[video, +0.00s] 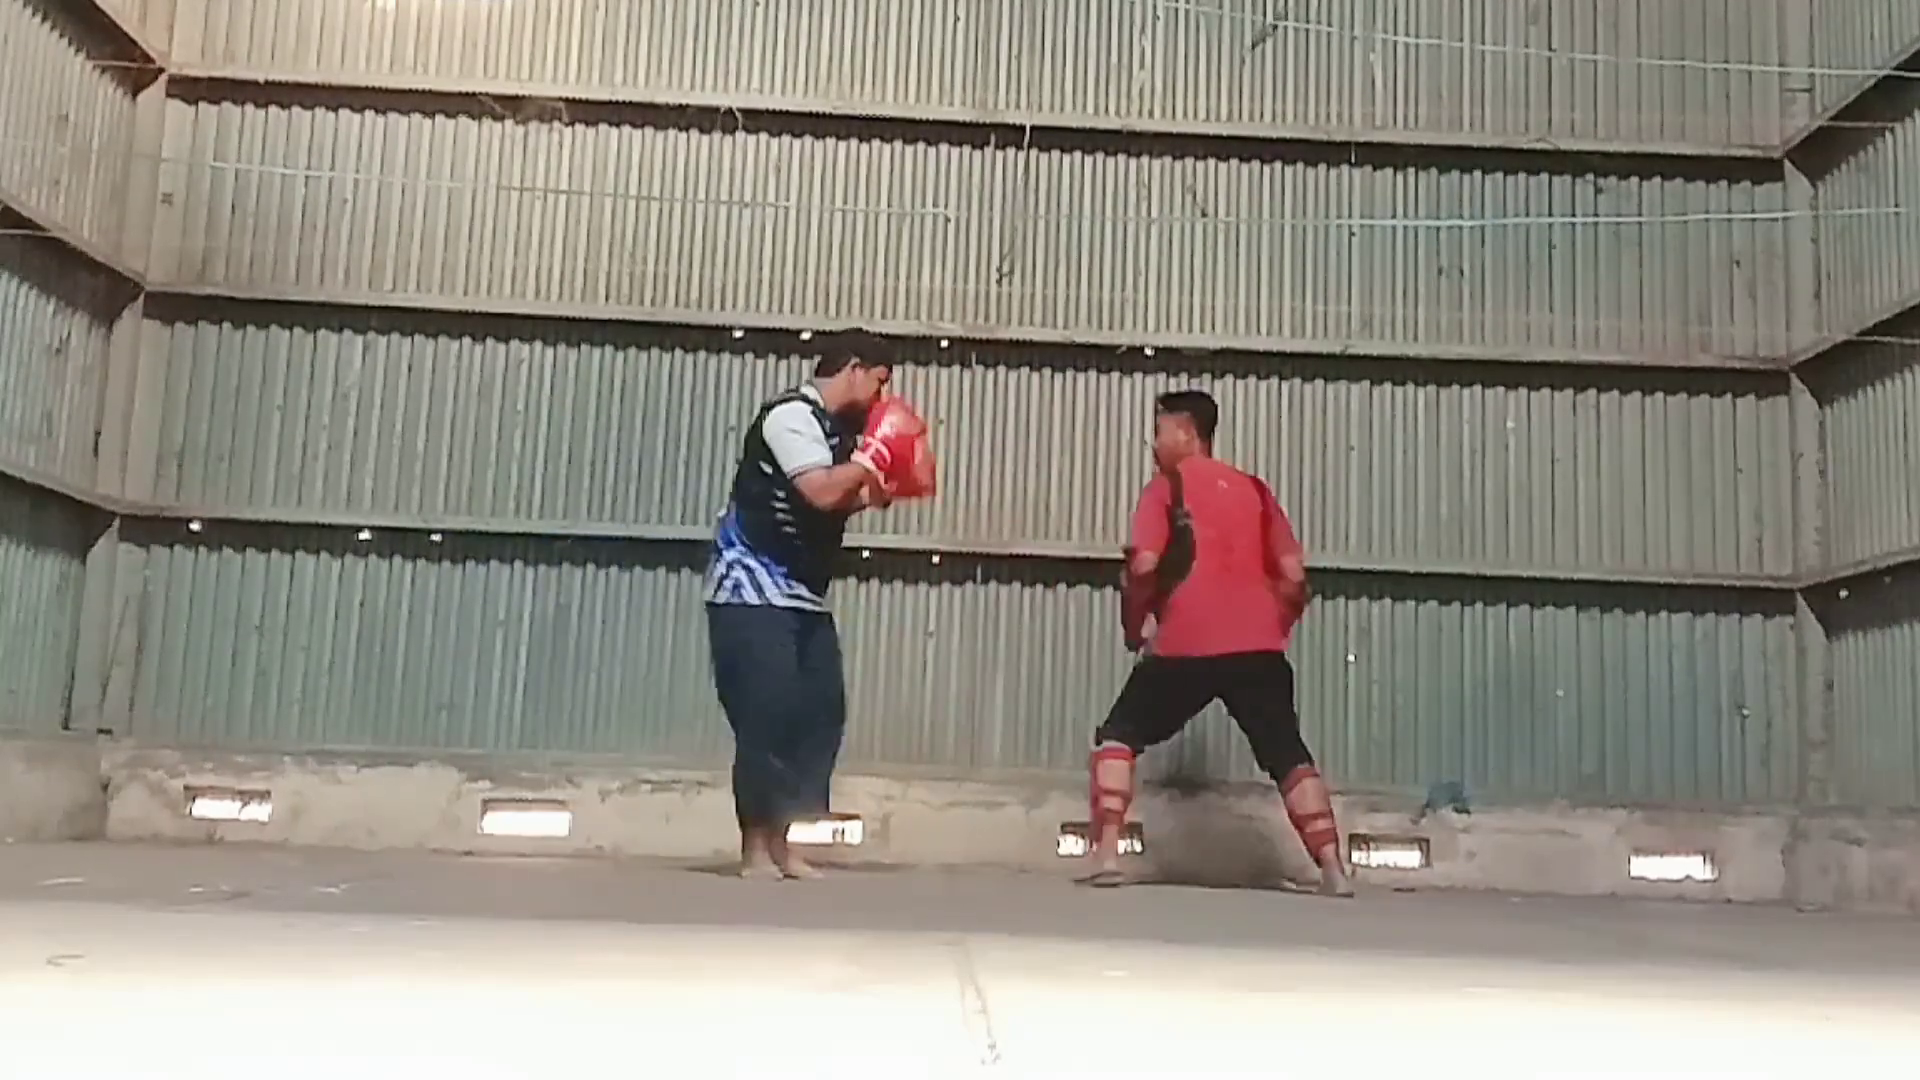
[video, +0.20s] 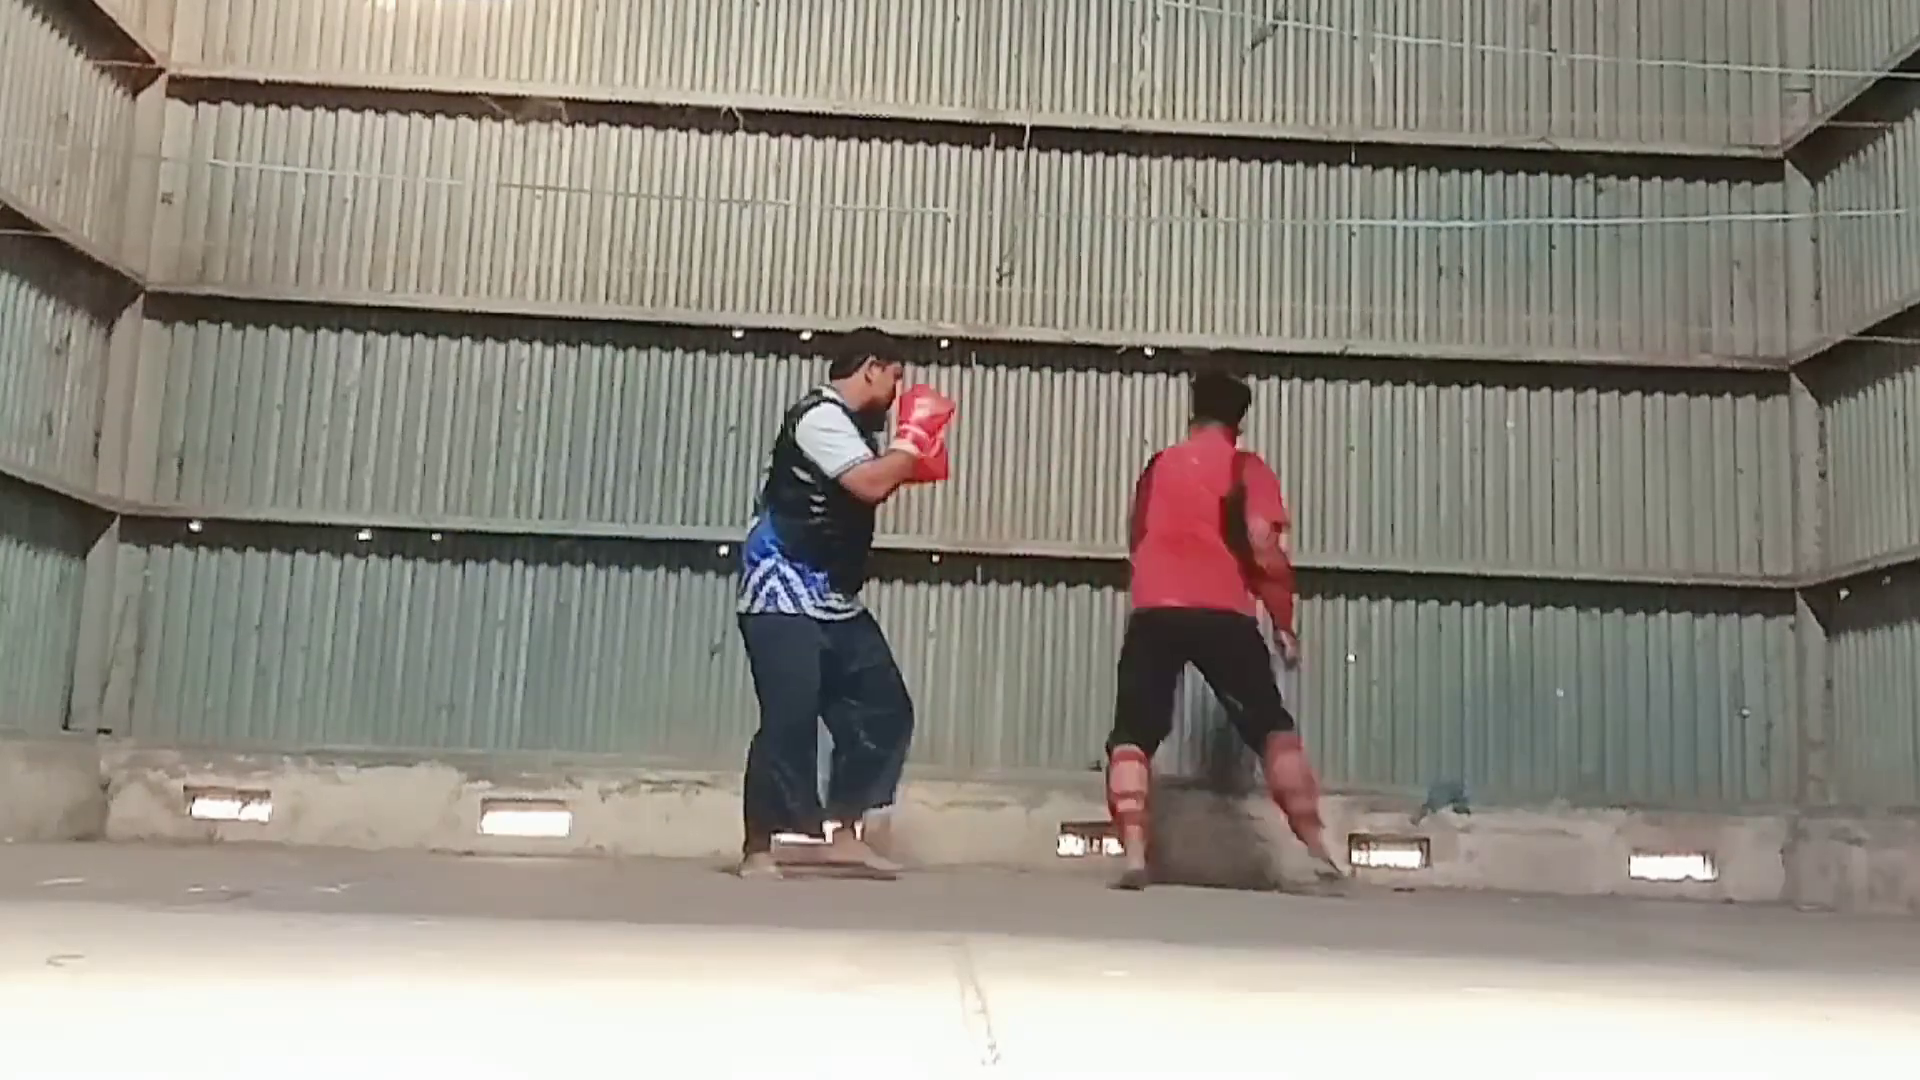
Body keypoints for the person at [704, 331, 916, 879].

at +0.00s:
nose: (882, 393)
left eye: (884, 383)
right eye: (880, 380)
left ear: (850, 371)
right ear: (853, 370)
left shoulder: (842, 430)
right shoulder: (789, 416)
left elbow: (838, 505)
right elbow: (820, 492)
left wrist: (879, 487)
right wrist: (870, 458)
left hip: (803, 596)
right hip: (751, 593)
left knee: (822, 713)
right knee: (768, 714)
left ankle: (786, 843)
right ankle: (757, 849)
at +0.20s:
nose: (898, 389)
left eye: (899, 379)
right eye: (896, 377)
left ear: (866, 371)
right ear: (870, 370)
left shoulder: (859, 425)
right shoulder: (820, 417)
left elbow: (885, 477)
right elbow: (867, 485)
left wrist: (910, 440)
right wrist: (909, 446)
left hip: (835, 598)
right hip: (782, 594)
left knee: (883, 713)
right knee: (792, 714)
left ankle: (844, 831)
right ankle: (776, 844)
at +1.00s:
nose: (1019, 455)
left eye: (1021, 447)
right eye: (1007, 446)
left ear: (1016, 460)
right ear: (970, 453)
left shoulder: (1026, 522)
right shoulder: (921, 498)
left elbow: (1075, 570)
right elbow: (851, 539)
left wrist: (1122, 588)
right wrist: (795, 578)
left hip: (961, 681)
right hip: (884, 665)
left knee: (1019, 762)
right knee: (810, 733)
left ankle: (1067, 859)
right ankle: (723, 835)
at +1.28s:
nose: (1064, 479)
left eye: (1071, 470)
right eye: (1055, 467)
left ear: (1074, 473)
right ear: (1027, 463)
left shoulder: (1074, 532)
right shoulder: (974, 499)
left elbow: (1096, 590)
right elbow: (904, 536)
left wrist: (1084, 606)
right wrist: (907, 583)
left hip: (999, 666)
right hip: (925, 653)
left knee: (1039, 749)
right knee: (859, 746)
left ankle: (1061, 854)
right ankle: (877, 826)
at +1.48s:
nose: (1022, 468)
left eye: (1029, 460)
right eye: (1013, 457)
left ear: (1034, 463)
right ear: (984, 453)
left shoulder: (1036, 509)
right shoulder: (937, 498)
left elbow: (1054, 579)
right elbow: (920, 565)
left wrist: (1074, 551)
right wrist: (975, 530)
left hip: (999, 659)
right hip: (927, 659)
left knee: (1033, 732)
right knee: (904, 757)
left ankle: (1062, 836)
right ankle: (918, 843)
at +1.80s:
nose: (1024, 427)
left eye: (1033, 420)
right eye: (1016, 415)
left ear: (1040, 426)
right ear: (991, 412)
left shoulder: (1038, 476)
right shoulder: (947, 455)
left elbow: (1060, 542)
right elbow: (936, 520)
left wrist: (1066, 500)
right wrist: (992, 477)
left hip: (1000, 629)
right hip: (929, 622)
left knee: (1030, 718)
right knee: (882, 714)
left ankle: (1025, 842)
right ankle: (880, 831)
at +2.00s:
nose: (1000, 456)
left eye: (1006, 448)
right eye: (991, 445)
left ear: (1011, 454)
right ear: (962, 447)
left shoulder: (1024, 510)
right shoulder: (922, 506)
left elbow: (1038, 567)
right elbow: (900, 578)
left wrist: (1040, 573)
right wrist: (954, 563)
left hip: (996, 667)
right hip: (921, 659)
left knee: (1036, 746)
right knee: (867, 729)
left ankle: (1024, 849)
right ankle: (800, 829)